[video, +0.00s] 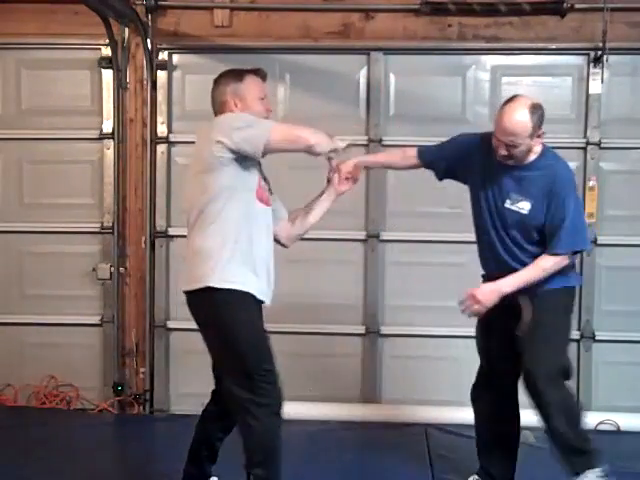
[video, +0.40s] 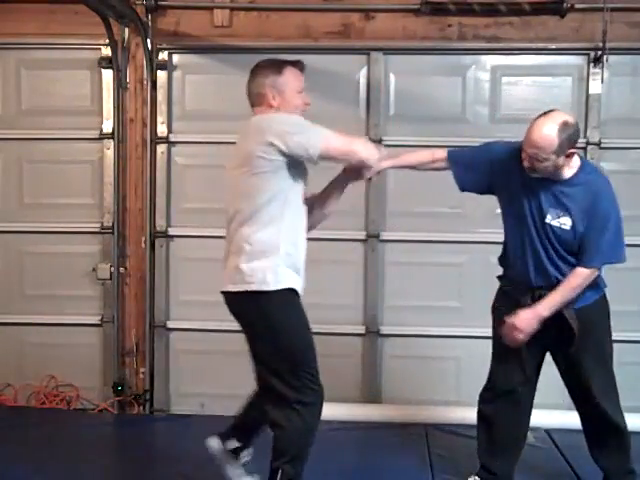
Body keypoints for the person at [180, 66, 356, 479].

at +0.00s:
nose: (269, 108)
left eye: (268, 101)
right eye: (261, 99)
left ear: (233, 102)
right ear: (233, 101)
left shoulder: (248, 170)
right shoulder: (225, 127)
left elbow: (287, 232)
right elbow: (310, 139)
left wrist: (331, 191)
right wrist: (328, 146)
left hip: (235, 288)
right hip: (221, 284)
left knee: (231, 395)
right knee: (262, 397)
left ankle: (196, 474)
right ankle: (264, 476)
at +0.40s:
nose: (306, 100)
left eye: (304, 91)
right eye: (299, 91)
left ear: (267, 99)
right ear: (270, 96)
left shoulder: (258, 137)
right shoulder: (275, 127)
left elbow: (302, 221)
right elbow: (360, 151)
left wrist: (346, 176)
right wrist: (374, 154)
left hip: (251, 283)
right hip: (267, 284)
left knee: (278, 382)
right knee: (303, 393)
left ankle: (231, 443)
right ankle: (284, 475)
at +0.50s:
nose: (319, 100)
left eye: (317, 91)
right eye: (312, 92)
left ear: (280, 99)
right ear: (282, 98)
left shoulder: (272, 134)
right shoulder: (285, 134)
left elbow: (317, 200)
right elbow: (354, 179)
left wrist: (353, 167)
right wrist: (382, 164)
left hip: (266, 279)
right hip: (276, 281)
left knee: (298, 373)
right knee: (313, 374)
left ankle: (283, 454)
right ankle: (292, 469)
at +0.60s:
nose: (330, 103)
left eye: (328, 94)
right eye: (322, 95)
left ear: (295, 102)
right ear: (293, 101)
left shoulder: (293, 142)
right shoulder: (288, 145)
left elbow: (317, 197)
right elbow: (323, 216)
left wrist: (355, 177)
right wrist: (369, 185)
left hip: (293, 284)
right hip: (290, 287)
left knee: (312, 387)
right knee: (321, 391)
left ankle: (320, 466)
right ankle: (299, 472)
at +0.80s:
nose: (340, 107)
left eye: (340, 99)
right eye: (332, 100)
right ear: (302, 105)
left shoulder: (332, 152)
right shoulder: (285, 156)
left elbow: (372, 210)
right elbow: (296, 231)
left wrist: (373, 180)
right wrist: (351, 196)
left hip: (340, 283)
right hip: (306, 283)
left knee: (349, 379)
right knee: (324, 382)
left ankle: (327, 465)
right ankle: (301, 472)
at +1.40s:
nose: (354, 113)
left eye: (357, 105)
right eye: (345, 104)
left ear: (360, 108)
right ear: (315, 104)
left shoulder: (362, 154)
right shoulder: (284, 154)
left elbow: (381, 218)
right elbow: (249, 227)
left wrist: (365, 239)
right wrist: (313, 240)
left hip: (353, 287)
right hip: (303, 288)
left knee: (404, 368)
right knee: (313, 398)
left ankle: (359, 444)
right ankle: (300, 472)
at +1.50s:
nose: (356, 118)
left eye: (360, 110)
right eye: (347, 109)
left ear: (362, 112)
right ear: (318, 107)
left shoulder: (359, 158)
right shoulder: (284, 158)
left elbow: (377, 220)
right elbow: (247, 230)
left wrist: (362, 242)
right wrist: (312, 242)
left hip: (355, 287)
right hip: (305, 290)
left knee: (422, 341)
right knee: (323, 391)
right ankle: (303, 475)